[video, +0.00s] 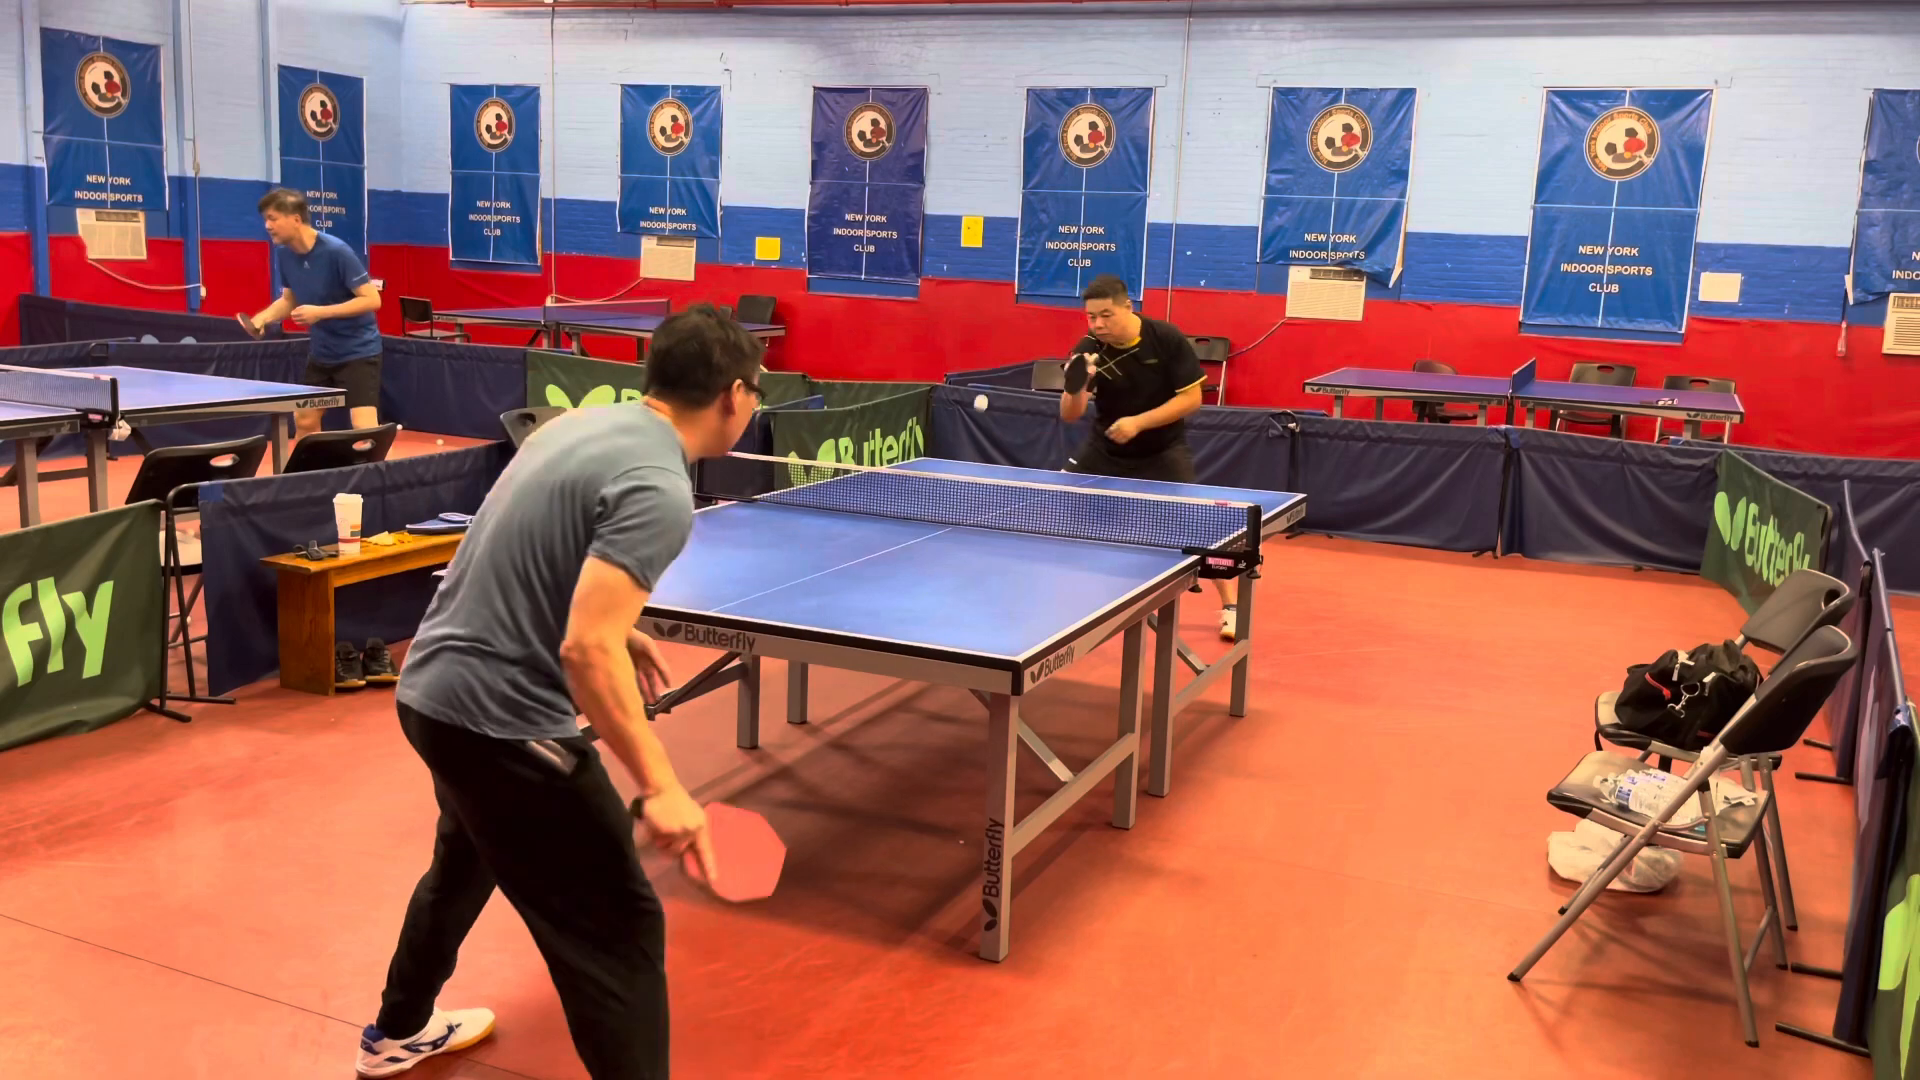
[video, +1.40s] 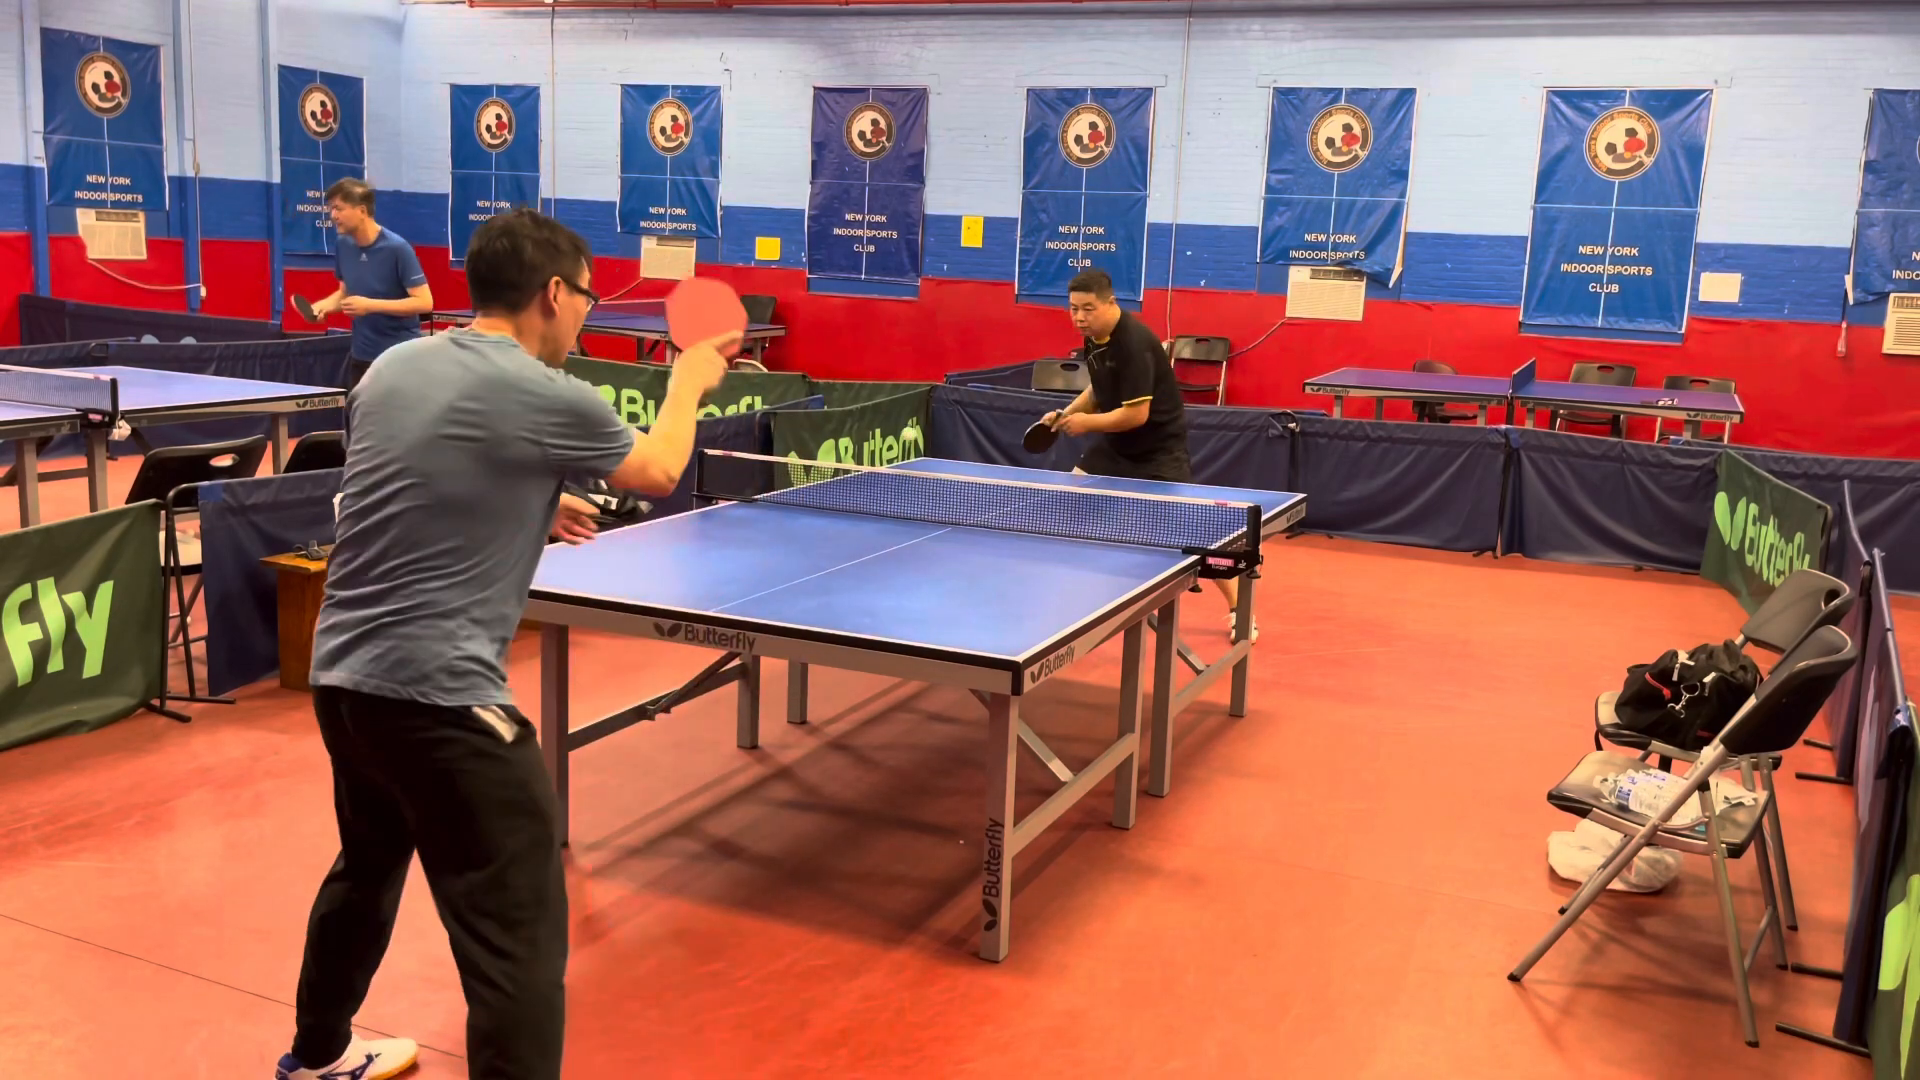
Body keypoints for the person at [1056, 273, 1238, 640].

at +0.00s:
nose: (1097, 325)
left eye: (1105, 315)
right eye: (1091, 317)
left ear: (1126, 307)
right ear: (1086, 315)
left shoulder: (1167, 339)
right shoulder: (1088, 348)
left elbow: (1193, 399)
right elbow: (1069, 414)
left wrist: (1138, 422)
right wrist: (1081, 383)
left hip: (1163, 452)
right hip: (1105, 450)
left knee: (1197, 519)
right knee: (1049, 500)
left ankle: (1230, 605)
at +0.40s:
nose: (1084, 321)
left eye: (1093, 311)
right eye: (1078, 312)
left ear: (1114, 306)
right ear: (1073, 311)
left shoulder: (1143, 342)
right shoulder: (1080, 346)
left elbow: (1157, 411)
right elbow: (1079, 396)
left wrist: (1097, 421)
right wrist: (1058, 422)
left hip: (1156, 453)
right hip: (1105, 450)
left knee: (1187, 525)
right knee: (1058, 504)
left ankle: (1230, 605)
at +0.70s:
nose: (1069, 326)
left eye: (1076, 317)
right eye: (1065, 318)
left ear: (1101, 309)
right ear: (1062, 314)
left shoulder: (1120, 348)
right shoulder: (1113, 331)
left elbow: (1114, 421)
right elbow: (1125, 378)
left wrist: (1079, 420)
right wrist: (1087, 379)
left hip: (1149, 452)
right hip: (1113, 446)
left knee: (1180, 528)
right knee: (1062, 501)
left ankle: (1230, 605)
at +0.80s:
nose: (1091, 318)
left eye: (1098, 309)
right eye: (1087, 310)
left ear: (1125, 300)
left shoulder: (1150, 341)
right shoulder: (1128, 330)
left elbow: (1149, 416)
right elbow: (1128, 372)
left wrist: (1106, 423)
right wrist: (1104, 362)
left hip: (1157, 456)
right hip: (1117, 448)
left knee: (1187, 531)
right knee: (1071, 505)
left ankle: (1231, 607)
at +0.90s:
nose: (1120, 309)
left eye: (1128, 301)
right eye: (1115, 301)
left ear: (1153, 296)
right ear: (1113, 299)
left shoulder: (1181, 340)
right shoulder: (1121, 330)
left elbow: (1188, 408)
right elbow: (1103, 382)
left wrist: (1133, 424)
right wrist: (1111, 368)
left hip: (1170, 455)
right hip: (1121, 446)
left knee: (1196, 528)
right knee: (1069, 500)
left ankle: (1231, 608)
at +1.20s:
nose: (1120, 314)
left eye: (1130, 306)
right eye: (1115, 305)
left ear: (1151, 305)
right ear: (1109, 304)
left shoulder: (1175, 345)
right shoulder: (1099, 341)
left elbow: (1191, 409)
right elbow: (1082, 392)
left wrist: (1138, 429)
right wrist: (1084, 405)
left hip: (1168, 454)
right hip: (1110, 450)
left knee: (1202, 523)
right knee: (1054, 502)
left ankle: (1236, 609)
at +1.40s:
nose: (1079, 318)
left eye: (1087, 309)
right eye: (1074, 309)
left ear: (1111, 305)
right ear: (1070, 307)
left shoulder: (1134, 342)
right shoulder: (1094, 336)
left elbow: (1136, 414)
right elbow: (1101, 387)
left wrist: (1088, 423)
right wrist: (1068, 414)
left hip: (1159, 452)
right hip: (1114, 446)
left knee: (1187, 527)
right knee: (1065, 503)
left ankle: (1238, 605)